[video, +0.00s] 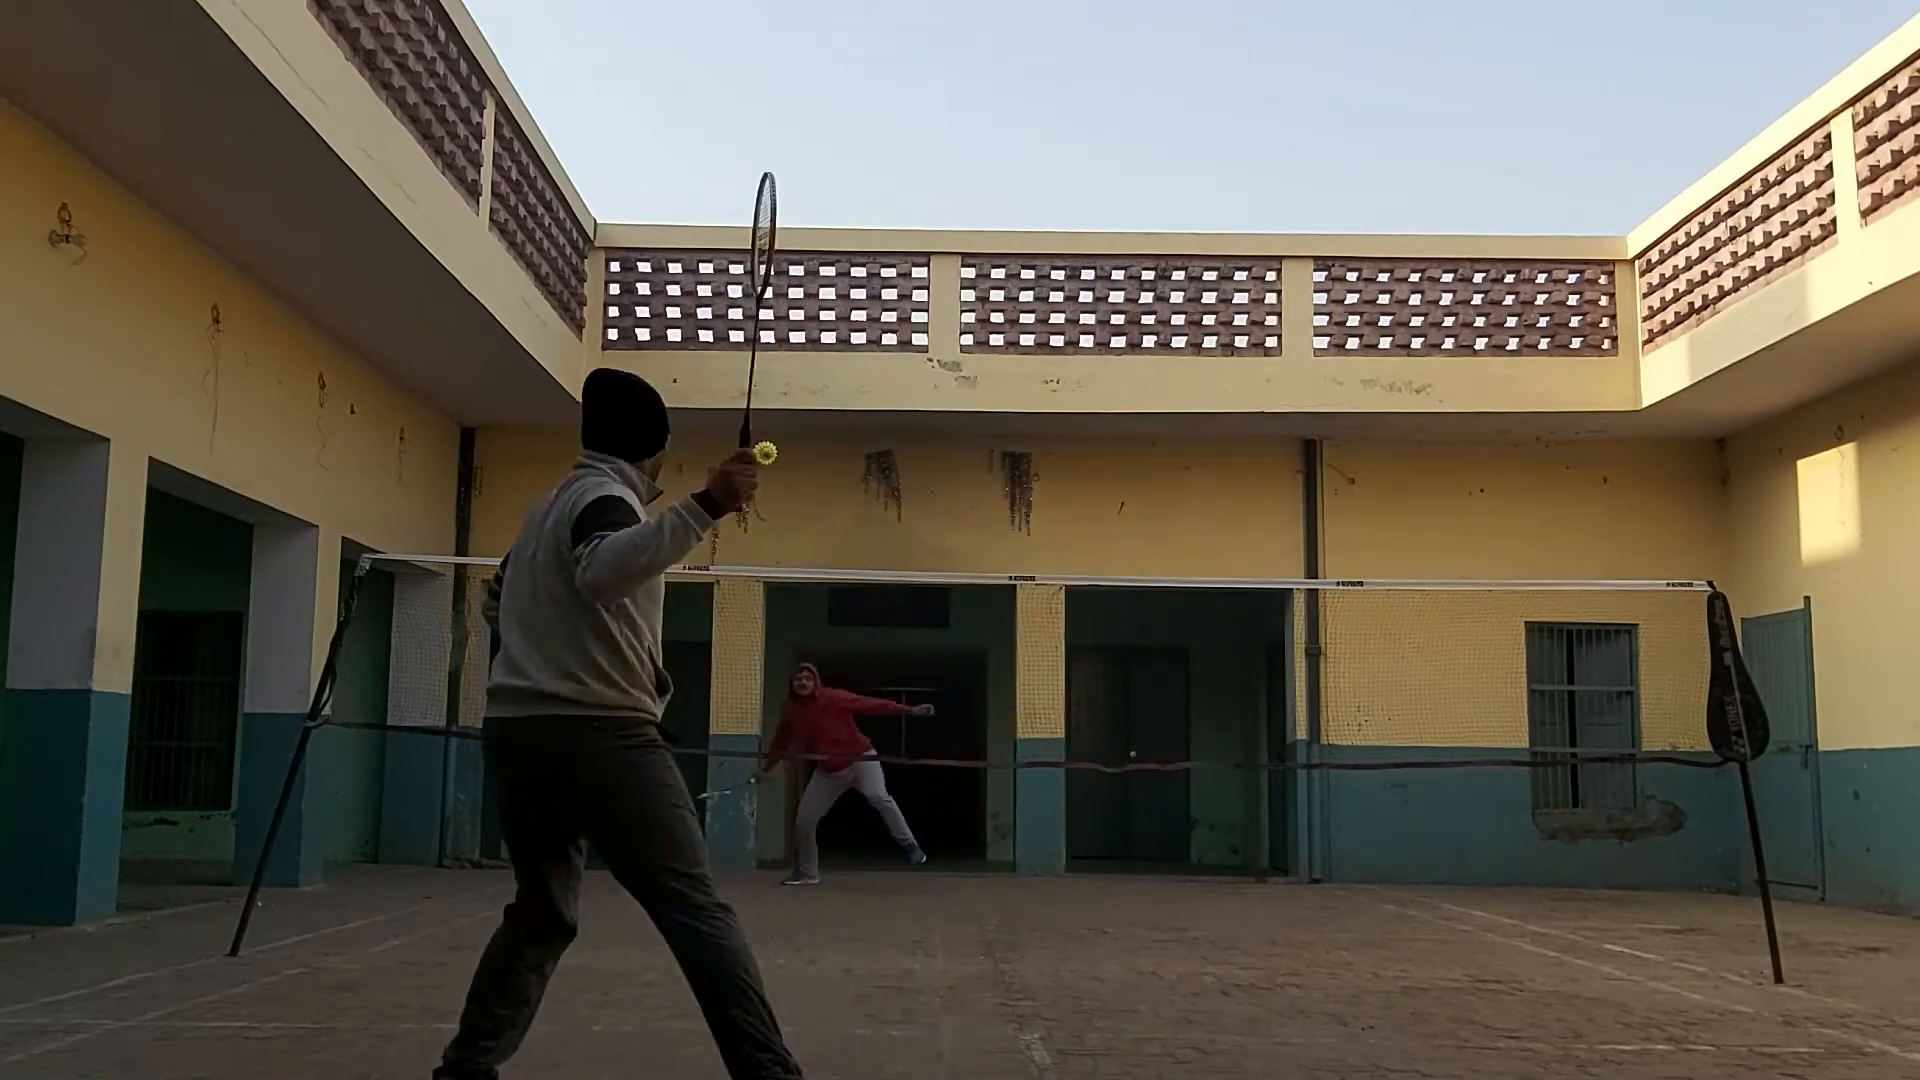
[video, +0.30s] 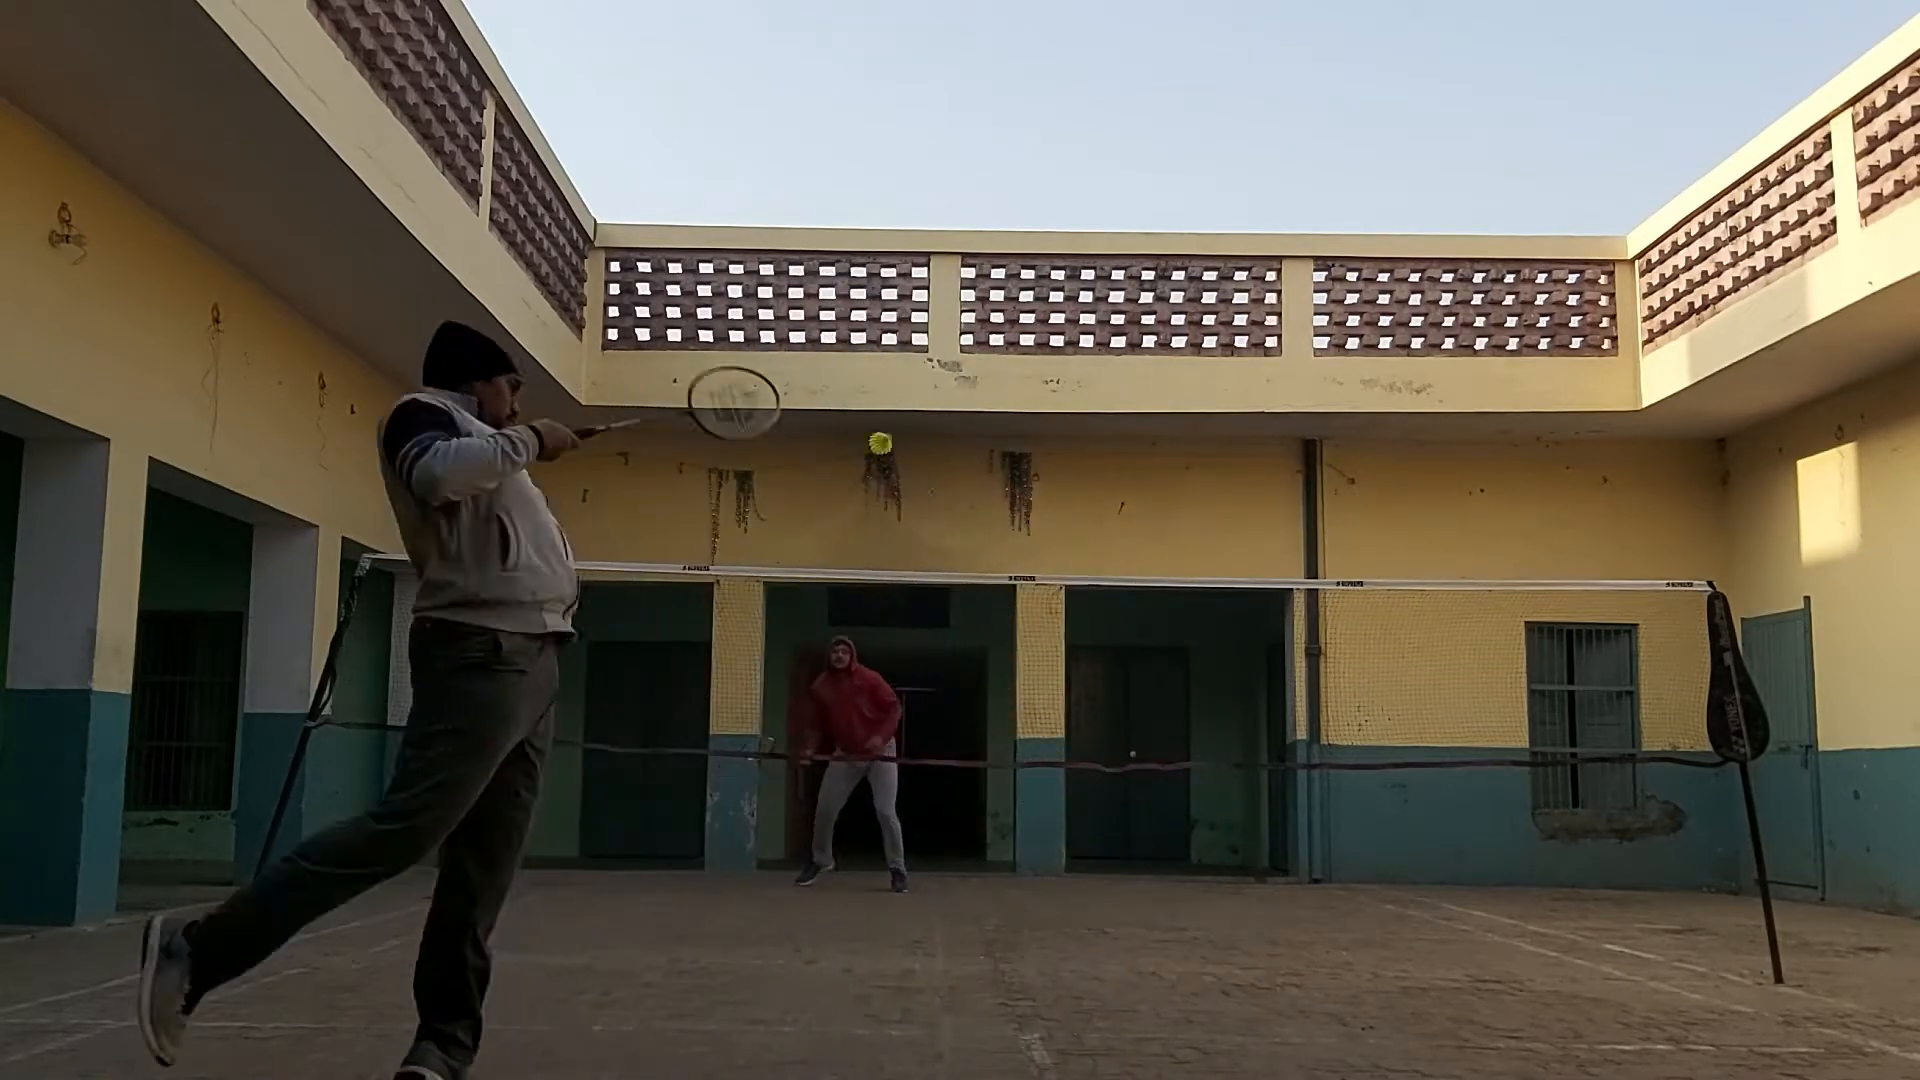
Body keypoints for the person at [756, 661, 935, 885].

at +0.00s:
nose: (802, 682)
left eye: (807, 678)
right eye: (798, 679)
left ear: (815, 682)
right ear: (793, 683)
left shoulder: (833, 698)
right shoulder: (791, 710)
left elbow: (872, 705)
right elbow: (780, 742)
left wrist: (911, 710)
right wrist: (766, 768)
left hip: (861, 761)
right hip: (829, 770)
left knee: (877, 796)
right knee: (805, 820)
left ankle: (910, 845)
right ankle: (807, 873)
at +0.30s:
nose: (839, 656)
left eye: (844, 652)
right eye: (835, 652)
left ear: (852, 656)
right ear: (828, 656)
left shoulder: (869, 679)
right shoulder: (822, 686)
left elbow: (894, 709)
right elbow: (815, 721)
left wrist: (881, 738)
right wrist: (810, 747)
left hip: (879, 755)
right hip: (845, 755)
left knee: (885, 812)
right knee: (825, 810)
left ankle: (897, 869)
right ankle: (820, 862)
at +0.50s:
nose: (860, 655)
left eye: (865, 652)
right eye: (856, 652)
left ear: (872, 658)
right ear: (849, 659)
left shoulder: (883, 683)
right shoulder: (844, 688)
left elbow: (899, 713)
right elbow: (840, 721)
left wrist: (874, 722)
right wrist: (840, 747)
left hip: (894, 762)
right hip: (861, 763)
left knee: (904, 815)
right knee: (838, 816)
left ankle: (934, 867)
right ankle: (831, 877)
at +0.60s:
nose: (883, 661)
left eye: (888, 657)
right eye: (879, 658)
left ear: (895, 665)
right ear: (872, 666)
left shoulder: (903, 689)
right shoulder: (866, 697)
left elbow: (912, 714)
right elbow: (864, 736)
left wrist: (880, 709)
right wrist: (856, 763)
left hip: (909, 772)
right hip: (872, 774)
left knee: (923, 818)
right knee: (839, 820)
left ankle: (956, 874)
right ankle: (831, 878)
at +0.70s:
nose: (911, 660)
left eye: (915, 656)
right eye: (906, 656)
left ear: (923, 663)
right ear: (899, 664)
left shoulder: (932, 688)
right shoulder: (897, 694)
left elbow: (926, 699)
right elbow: (897, 735)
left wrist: (893, 688)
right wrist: (883, 764)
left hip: (937, 767)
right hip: (906, 769)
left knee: (934, 823)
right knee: (872, 820)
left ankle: (966, 883)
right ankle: (838, 874)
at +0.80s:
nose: (936, 653)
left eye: (942, 650)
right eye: (932, 651)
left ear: (951, 657)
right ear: (927, 658)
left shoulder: (958, 677)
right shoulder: (925, 691)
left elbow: (939, 673)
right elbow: (927, 735)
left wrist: (913, 663)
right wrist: (912, 765)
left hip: (964, 763)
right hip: (935, 764)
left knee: (940, 818)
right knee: (905, 817)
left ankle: (966, 882)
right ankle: (917, 874)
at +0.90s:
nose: (956, 657)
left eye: (961, 650)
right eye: (954, 653)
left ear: (973, 651)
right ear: (955, 659)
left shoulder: (982, 672)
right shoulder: (956, 687)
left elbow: (971, 645)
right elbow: (957, 733)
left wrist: (942, 635)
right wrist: (944, 765)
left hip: (986, 757)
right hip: (963, 759)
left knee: (956, 816)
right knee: (943, 818)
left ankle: (969, 880)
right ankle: (992, 859)